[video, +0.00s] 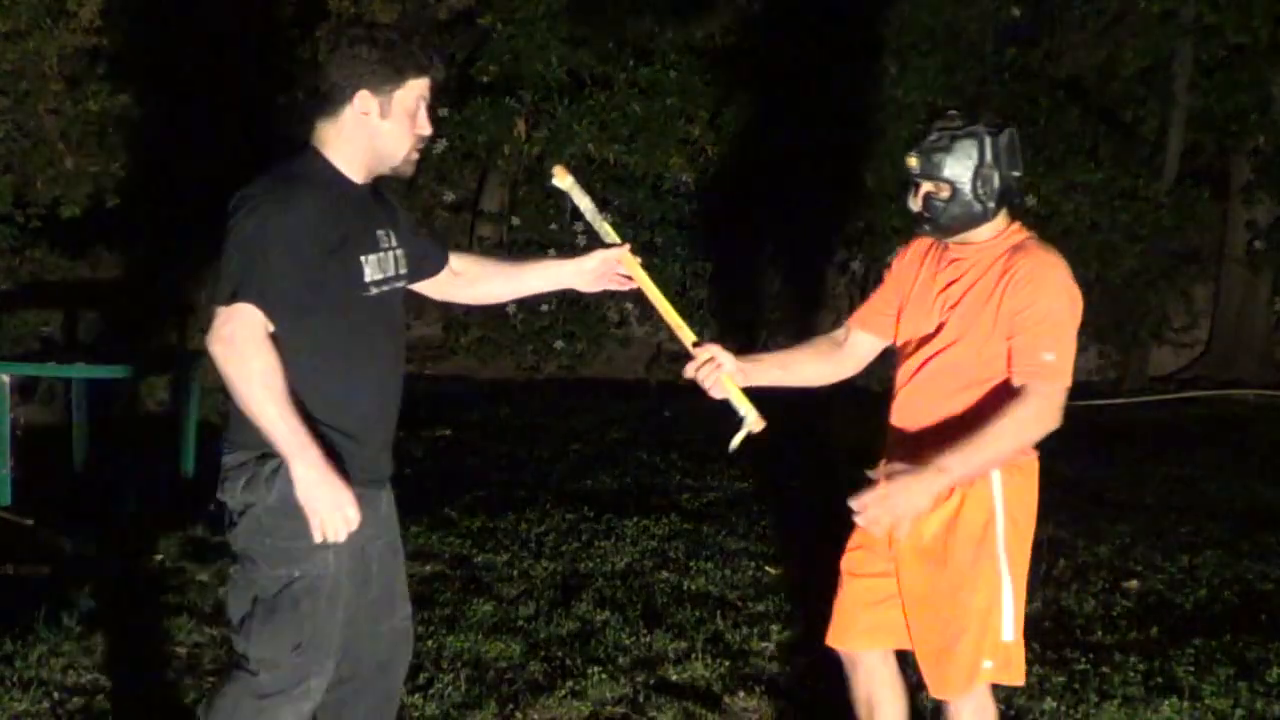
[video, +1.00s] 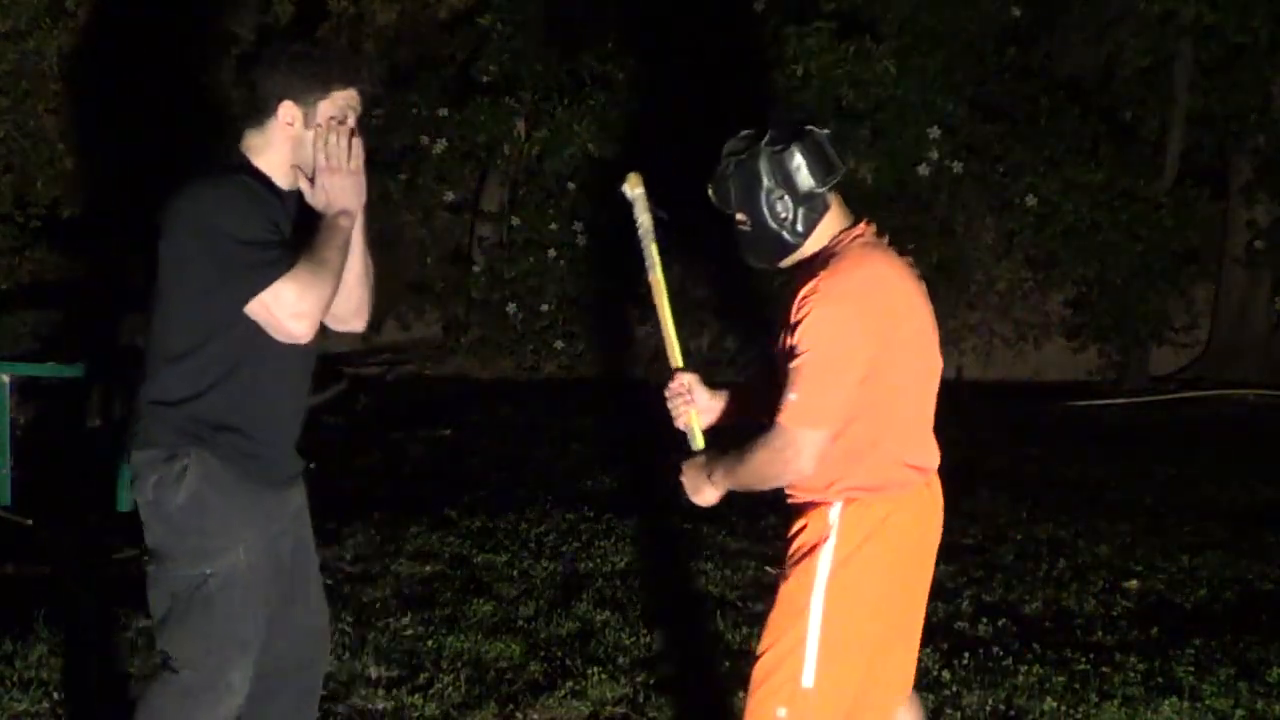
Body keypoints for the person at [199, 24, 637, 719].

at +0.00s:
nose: (428, 129)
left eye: (427, 112)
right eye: (419, 110)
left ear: (372, 112)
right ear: (366, 109)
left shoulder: (379, 213)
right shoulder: (282, 206)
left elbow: (456, 277)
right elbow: (234, 337)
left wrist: (576, 271)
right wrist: (309, 466)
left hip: (367, 491)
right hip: (289, 487)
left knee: (373, 674)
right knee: (284, 679)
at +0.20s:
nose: (435, 128)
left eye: (435, 110)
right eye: (423, 108)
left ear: (376, 108)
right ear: (371, 107)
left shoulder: (385, 211)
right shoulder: (289, 201)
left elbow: (464, 278)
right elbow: (252, 330)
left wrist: (589, 277)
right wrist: (359, 434)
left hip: (365, 471)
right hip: (295, 471)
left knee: (378, 661)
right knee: (306, 672)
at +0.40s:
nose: (411, 124)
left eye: (409, 105)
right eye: (397, 104)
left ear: (352, 115)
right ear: (345, 110)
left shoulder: (356, 212)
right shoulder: (269, 212)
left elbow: (386, 312)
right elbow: (272, 350)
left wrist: (489, 281)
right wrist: (408, 367)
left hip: (353, 481)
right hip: (276, 481)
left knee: (372, 665)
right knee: (280, 683)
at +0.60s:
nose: (386, 137)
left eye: (386, 117)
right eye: (374, 116)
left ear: (327, 121)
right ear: (323, 118)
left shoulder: (316, 211)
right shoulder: (255, 214)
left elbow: (332, 328)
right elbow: (330, 346)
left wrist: (385, 233)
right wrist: (394, 245)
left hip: (319, 475)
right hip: (246, 480)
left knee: (365, 637)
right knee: (264, 682)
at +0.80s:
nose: (368, 140)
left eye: (371, 122)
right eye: (356, 119)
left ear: (311, 123)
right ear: (308, 119)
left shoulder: (304, 212)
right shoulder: (237, 206)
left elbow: (381, 309)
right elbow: (323, 316)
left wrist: (374, 206)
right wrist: (360, 213)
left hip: (290, 482)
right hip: (220, 478)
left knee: (313, 655)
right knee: (252, 674)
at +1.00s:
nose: (349, 140)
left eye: (353, 123)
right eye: (338, 119)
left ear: (295, 124)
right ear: (290, 119)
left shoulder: (290, 212)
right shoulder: (217, 204)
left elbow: (351, 315)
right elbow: (295, 317)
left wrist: (352, 210)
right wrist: (337, 216)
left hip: (274, 476)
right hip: (198, 472)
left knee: (294, 665)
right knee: (211, 676)